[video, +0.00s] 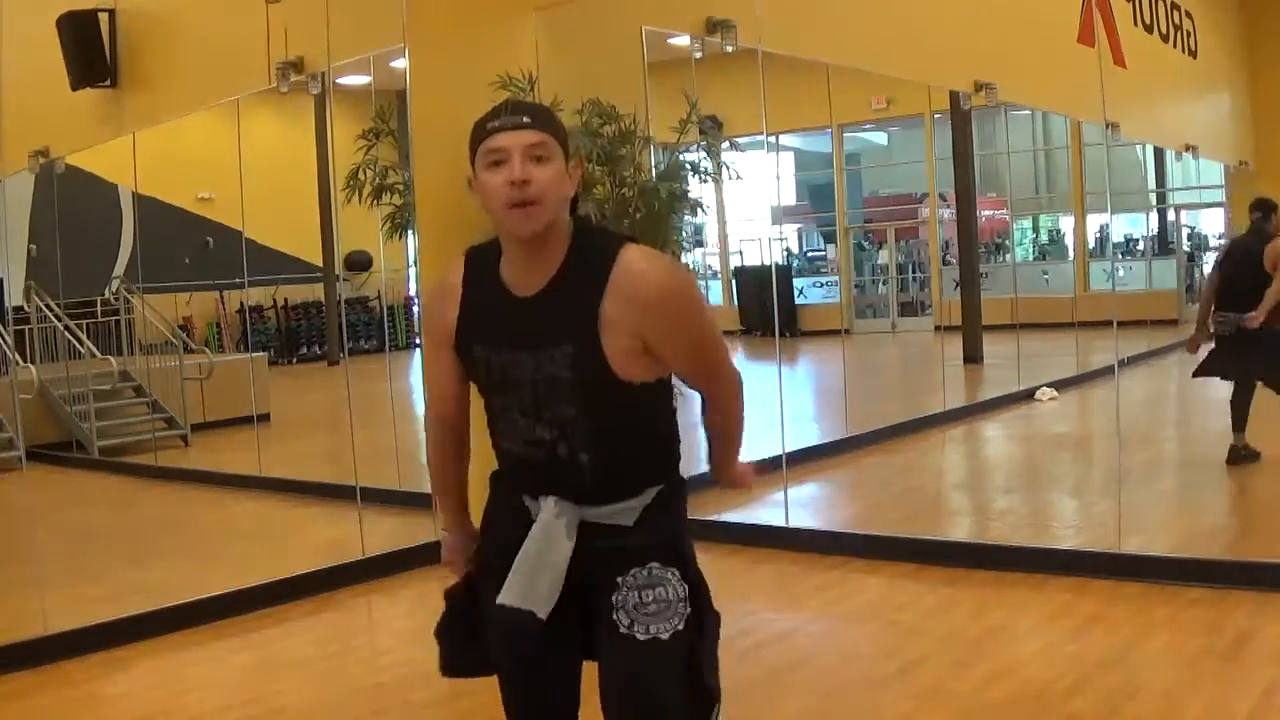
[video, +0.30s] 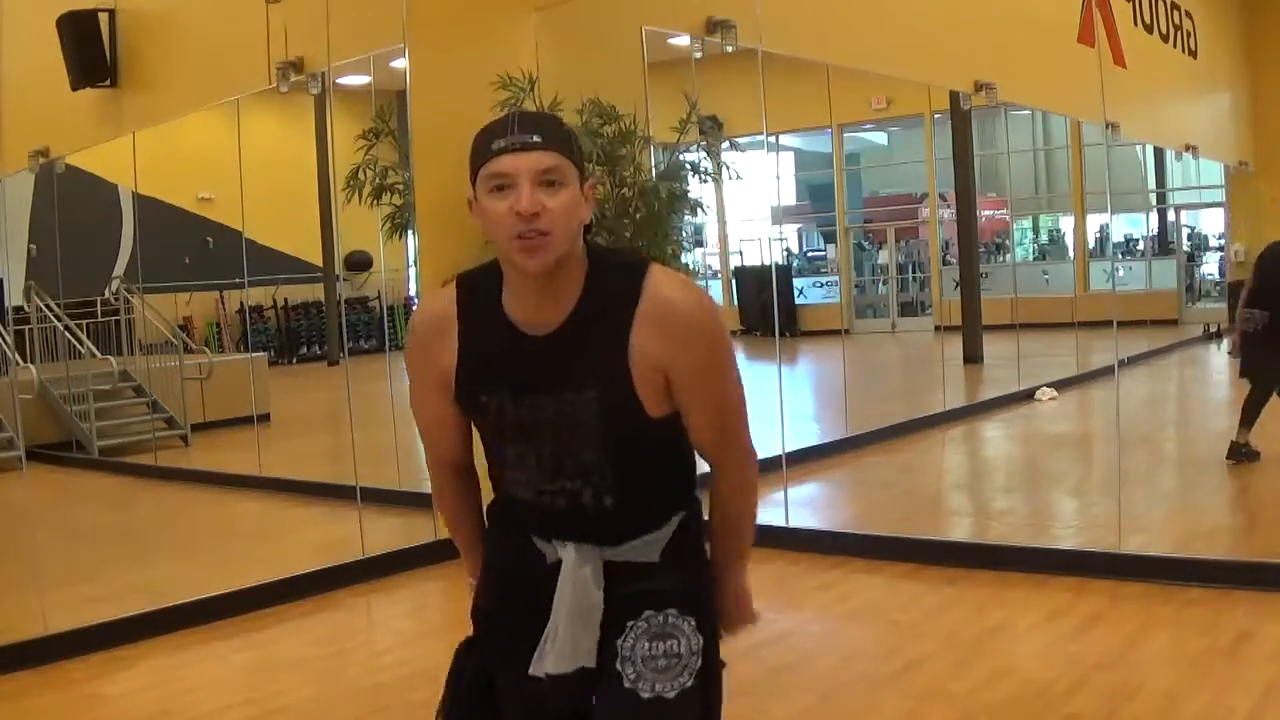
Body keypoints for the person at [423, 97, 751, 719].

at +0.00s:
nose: (517, 174)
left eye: (537, 157)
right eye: (497, 161)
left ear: (573, 177)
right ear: (475, 189)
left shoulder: (645, 282)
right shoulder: (456, 292)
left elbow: (720, 383)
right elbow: (446, 418)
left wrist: (727, 468)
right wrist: (454, 525)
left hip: (636, 536)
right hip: (523, 536)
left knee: (650, 705)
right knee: (532, 706)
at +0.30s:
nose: (527, 206)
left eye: (550, 183)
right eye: (502, 188)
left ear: (587, 198)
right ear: (476, 209)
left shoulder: (669, 310)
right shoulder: (442, 325)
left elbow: (731, 459)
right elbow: (450, 470)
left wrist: (729, 578)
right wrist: (481, 572)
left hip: (652, 581)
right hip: (525, 579)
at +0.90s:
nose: (625, 187)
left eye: (652, 163)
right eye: (598, 165)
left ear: (694, 182)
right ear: (570, 192)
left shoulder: (777, 307)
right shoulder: (527, 307)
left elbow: (854, 466)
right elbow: (521, 452)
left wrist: (869, 602)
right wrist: (539, 576)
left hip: (736, 581)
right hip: (600, 573)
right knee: (572, 703)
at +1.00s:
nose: (673, 176)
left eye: (700, 155)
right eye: (648, 155)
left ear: (736, 181)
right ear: (616, 184)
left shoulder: (810, 299)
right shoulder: (571, 300)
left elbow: (905, 428)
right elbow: (535, 455)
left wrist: (918, 547)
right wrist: (527, 599)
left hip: (763, 577)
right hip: (634, 568)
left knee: (759, 706)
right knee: (594, 700)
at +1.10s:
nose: (725, 168)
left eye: (751, 151)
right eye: (700, 150)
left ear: (782, 181)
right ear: (669, 183)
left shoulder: (855, 292)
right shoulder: (619, 309)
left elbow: (928, 380)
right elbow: (572, 471)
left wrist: (924, 464)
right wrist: (538, 638)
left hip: (804, 576)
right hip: (675, 571)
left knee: (797, 705)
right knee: (636, 701)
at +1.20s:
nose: (797, 146)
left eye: (816, 130)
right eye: (770, 131)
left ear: (840, 156)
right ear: (732, 165)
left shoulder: (904, 273)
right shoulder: (673, 293)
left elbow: (927, 346)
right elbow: (643, 446)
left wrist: (841, 427)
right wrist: (663, 573)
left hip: (850, 560)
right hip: (720, 561)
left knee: (844, 705)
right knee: (678, 704)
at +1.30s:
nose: (918, 80)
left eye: (922, 66)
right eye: (891, 66)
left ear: (934, 88)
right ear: (826, 90)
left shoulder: (961, 209)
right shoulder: (750, 218)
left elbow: (936, 330)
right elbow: (739, 366)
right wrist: (820, 465)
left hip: (913, 495)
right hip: (781, 500)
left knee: (918, 697)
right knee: (747, 703)